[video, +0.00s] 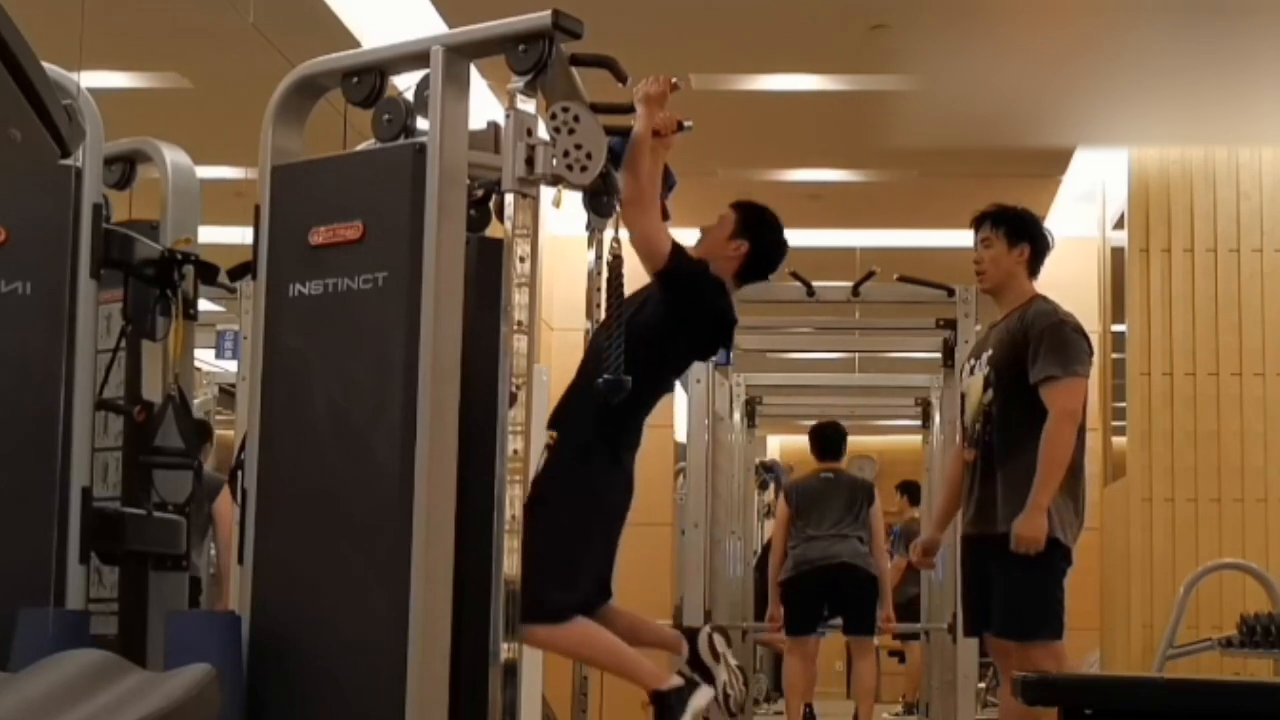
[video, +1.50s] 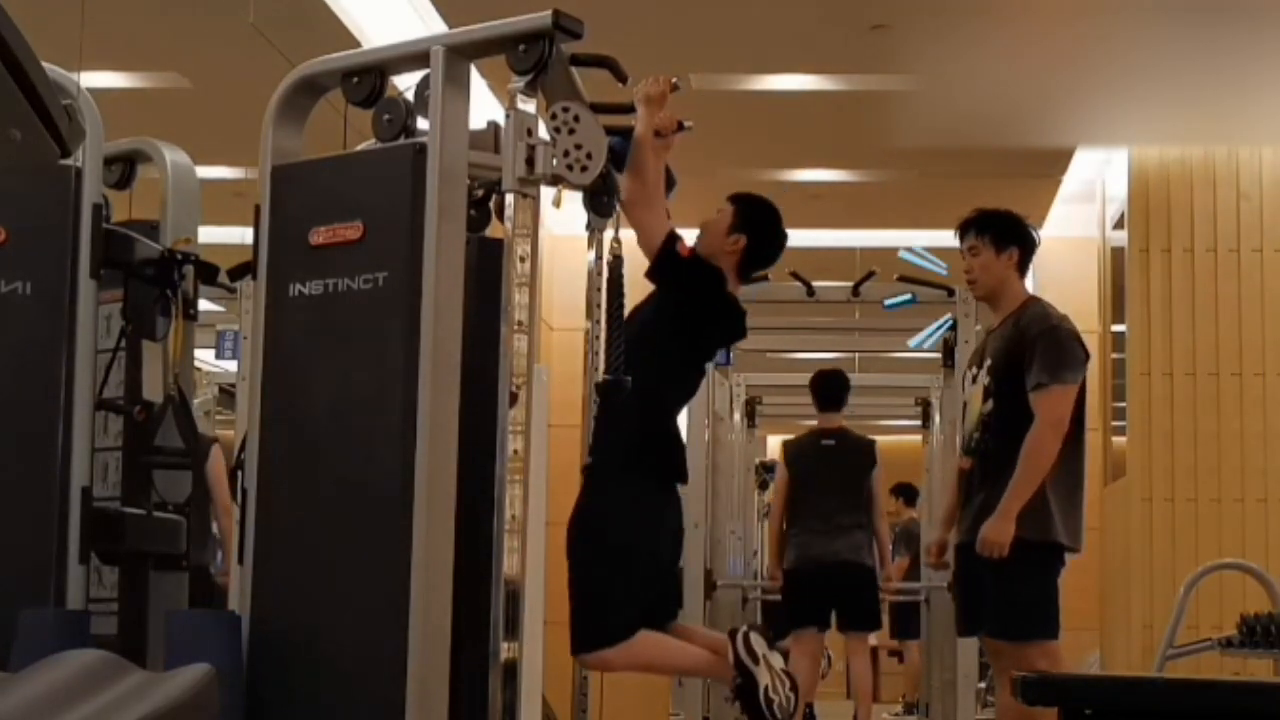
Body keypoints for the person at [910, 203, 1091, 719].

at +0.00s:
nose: (976, 257)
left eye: (988, 246)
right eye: (976, 248)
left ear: (1023, 254)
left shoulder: (1051, 325)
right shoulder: (984, 343)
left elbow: (1067, 416)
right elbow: (968, 445)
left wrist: (1038, 508)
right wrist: (935, 529)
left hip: (1031, 525)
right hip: (987, 526)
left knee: (1041, 659)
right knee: (1004, 656)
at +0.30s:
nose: (975, 255)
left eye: (987, 244)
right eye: (974, 245)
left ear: (1022, 253)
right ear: (979, 255)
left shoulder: (1049, 325)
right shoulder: (982, 341)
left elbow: (1066, 418)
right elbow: (969, 446)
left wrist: (1035, 507)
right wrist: (933, 523)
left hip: (1030, 524)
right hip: (987, 524)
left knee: (1039, 654)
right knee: (1003, 653)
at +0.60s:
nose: (974, 255)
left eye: (985, 244)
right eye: (973, 245)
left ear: (1021, 253)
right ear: (980, 255)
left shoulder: (1047, 325)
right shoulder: (981, 342)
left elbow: (1061, 414)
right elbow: (965, 444)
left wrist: (1013, 500)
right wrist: (924, 514)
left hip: (1033, 523)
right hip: (988, 523)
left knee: (1040, 659)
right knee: (1005, 656)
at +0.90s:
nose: (973, 254)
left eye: (985, 243)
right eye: (972, 244)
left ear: (1020, 253)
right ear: (975, 254)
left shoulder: (1047, 326)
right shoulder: (985, 339)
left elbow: (1061, 417)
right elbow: (966, 443)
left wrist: (1022, 505)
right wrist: (928, 521)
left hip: (1030, 524)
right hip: (989, 523)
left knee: (1039, 660)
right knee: (1007, 658)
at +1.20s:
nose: (968, 257)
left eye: (980, 245)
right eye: (968, 247)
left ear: (1016, 254)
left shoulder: (1047, 328)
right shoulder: (985, 342)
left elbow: (1058, 424)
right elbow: (970, 446)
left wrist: (1025, 512)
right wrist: (939, 525)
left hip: (1026, 527)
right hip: (986, 526)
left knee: (1036, 666)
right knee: (1002, 663)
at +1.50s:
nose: (966, 267)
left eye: (975, 253)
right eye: (964, 256)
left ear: (1012, 257)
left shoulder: (1047, 330)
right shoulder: (994, 340)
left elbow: (1051, 428)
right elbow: (974, 445)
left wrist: (1005, 514)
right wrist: (947, 524)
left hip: (1029, 529)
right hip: (992, 529)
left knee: (1037, 673)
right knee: (1004, 667)